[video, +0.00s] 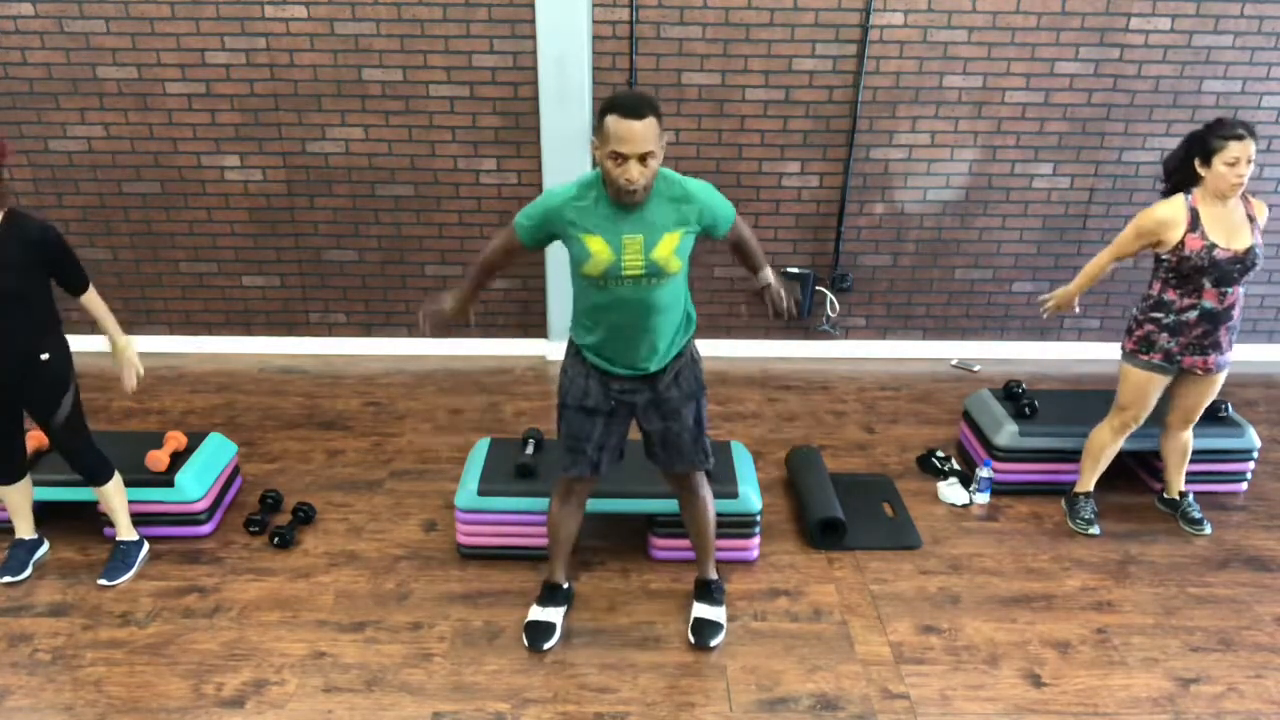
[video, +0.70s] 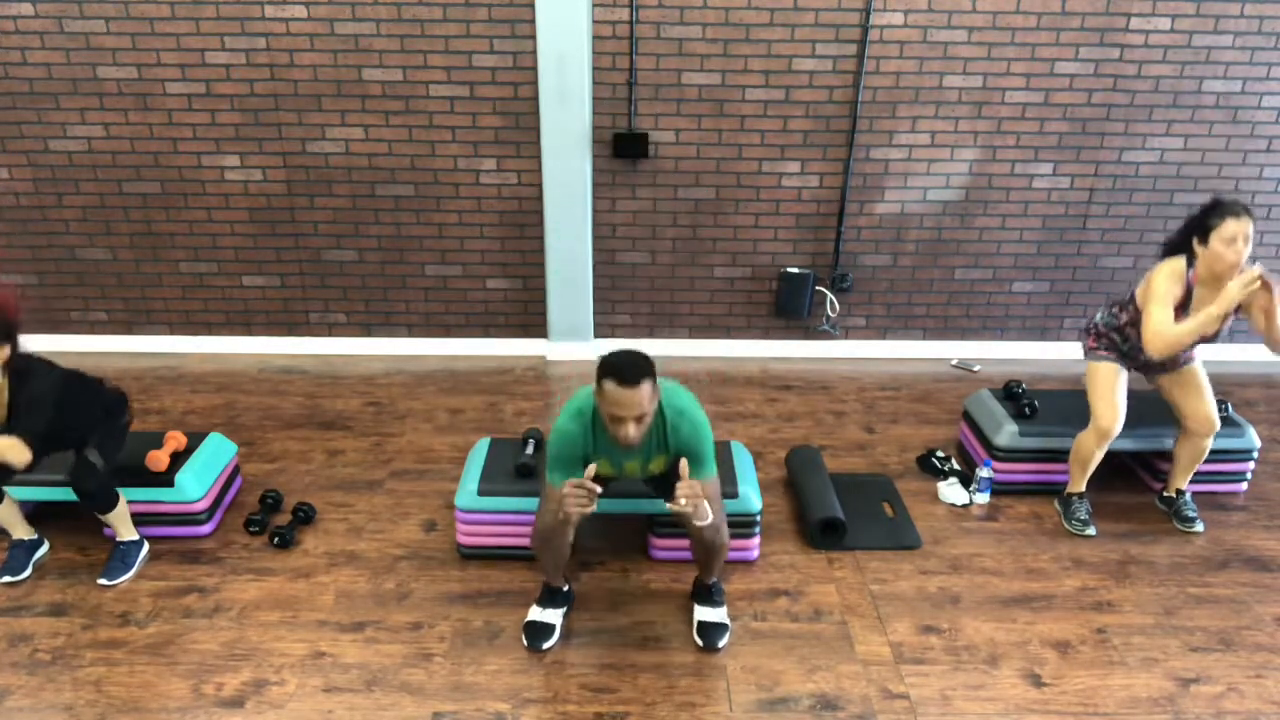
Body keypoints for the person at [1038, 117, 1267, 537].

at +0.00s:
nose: (1244, 173)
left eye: (1249, 163)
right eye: (1233, 164)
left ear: (1253, 164)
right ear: (1203, 166)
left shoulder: (1255, 211)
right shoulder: (1168, 215)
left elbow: (1227, 266)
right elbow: (1109, 257)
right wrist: (1070, 293)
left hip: (1213, 341)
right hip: (1160, 336)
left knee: (1183, 424)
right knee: (1124, 420)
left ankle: (1175, 494)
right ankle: (1081, 493)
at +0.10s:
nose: (1244, 171)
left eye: (1249, 162)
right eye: (1233, 162)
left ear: (1253, 164)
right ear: (1203, 165)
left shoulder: (1256, 213)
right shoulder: (1169, 216)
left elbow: (1232, 274)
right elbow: (1109, 265)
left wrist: (1227, 326)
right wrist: (1067, 309)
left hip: (1213, 340)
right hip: (1160, 335)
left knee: (1182, 424)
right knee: (1125, 421)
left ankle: (1175, 495)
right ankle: (1081, 494)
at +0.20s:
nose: (1243, 170)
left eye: (1248, 161)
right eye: (1233, 161)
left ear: (1253, 164)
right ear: (1203, 164)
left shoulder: (1257, 214)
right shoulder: (1171, 215)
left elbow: (1265, 279)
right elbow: (1117, 273)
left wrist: (1277, 333)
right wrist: (1082, 329)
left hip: (1213, 339)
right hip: (1159, 333)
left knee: (1185, 423)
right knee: (1126, 421)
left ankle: (1175, 494)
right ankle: (1081, 493)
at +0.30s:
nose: (1244, 169)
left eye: (1249, 159)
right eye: (1234, 160)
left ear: (1254, 162)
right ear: (1204, 164)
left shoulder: (1262, 215)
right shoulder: (1173, 212)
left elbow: (1277, 279)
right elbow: (1122, 277)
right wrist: (1125, 345)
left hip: (1207, 336)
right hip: (1153, 333)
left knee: (1186, 422)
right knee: (1124, 421)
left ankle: (1175, 494)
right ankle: (1078, 493)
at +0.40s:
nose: (1246, 173)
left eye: (1251, 164)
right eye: (1235, 164)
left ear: (1257, 169)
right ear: (1205, 170)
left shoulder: (1262, 218)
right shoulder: (1176, 214)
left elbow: (1278, 271)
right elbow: (1128, 279)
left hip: (1201, 326)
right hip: (1145, 319)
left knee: (1186, 419)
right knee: (1118, 417)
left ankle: (1175, 494)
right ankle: (1075, 493)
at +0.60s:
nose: (1246, 221)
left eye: (1251, 211)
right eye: (1235, 211)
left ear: (1256, 215)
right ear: (1204, 216)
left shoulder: (1253, 255)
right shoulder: (1175, 250)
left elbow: (1277, 305)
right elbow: (1154, 319)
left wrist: (1270, 276)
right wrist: (1221, 287)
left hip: (1173, 337)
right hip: (1120, 329)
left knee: (1198, 419)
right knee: (1109, 419)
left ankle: (1173, 492)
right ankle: (1073, 493)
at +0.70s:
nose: (1241, 252)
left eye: (1246, 242)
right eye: (1230, 242)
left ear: (1252, 245)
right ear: (1200, 245)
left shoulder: (1247, 286)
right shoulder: (1169, 274)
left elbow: (1276, 345)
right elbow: (1157, 345)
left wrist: (1270, 307)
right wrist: (1222, 306)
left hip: (1170, 348)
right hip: (1115, 340)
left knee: (1204, 423)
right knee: (1107, 424)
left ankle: (1174, 493)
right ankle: (1073, 494)